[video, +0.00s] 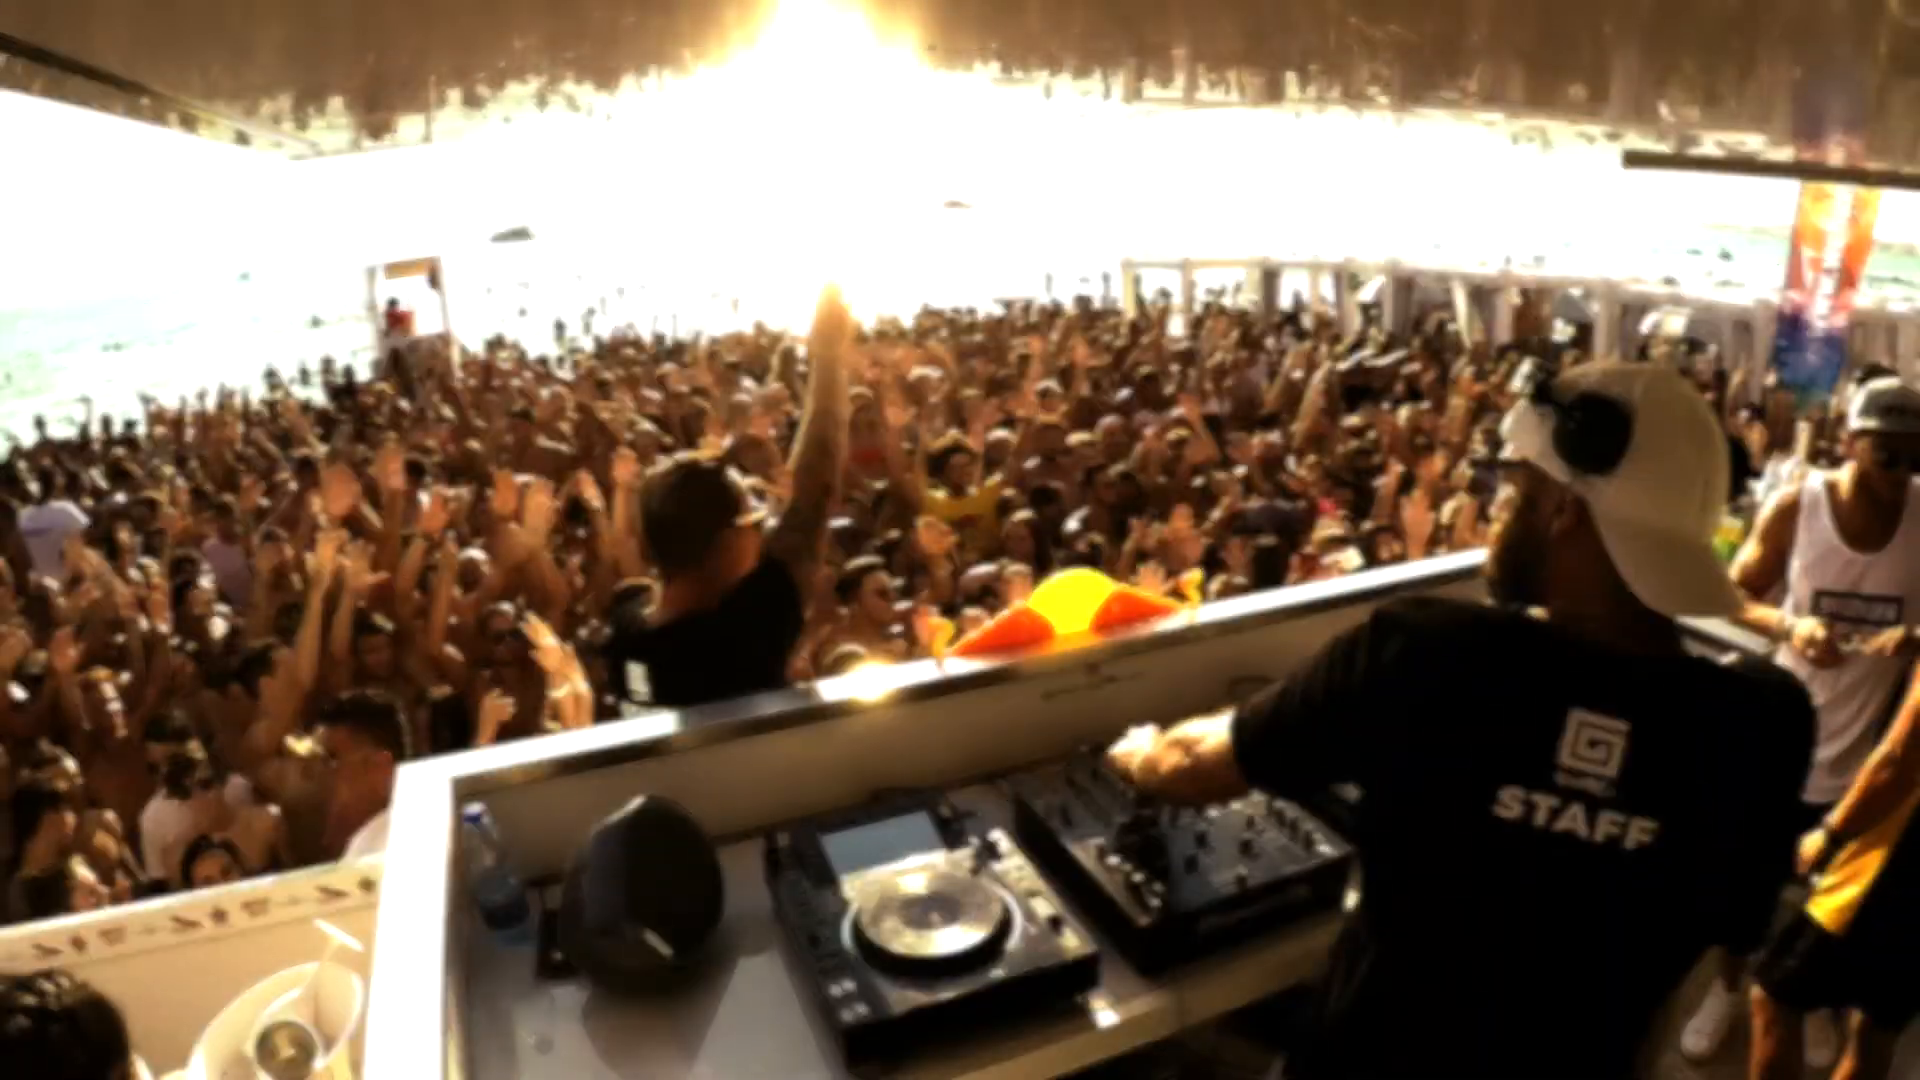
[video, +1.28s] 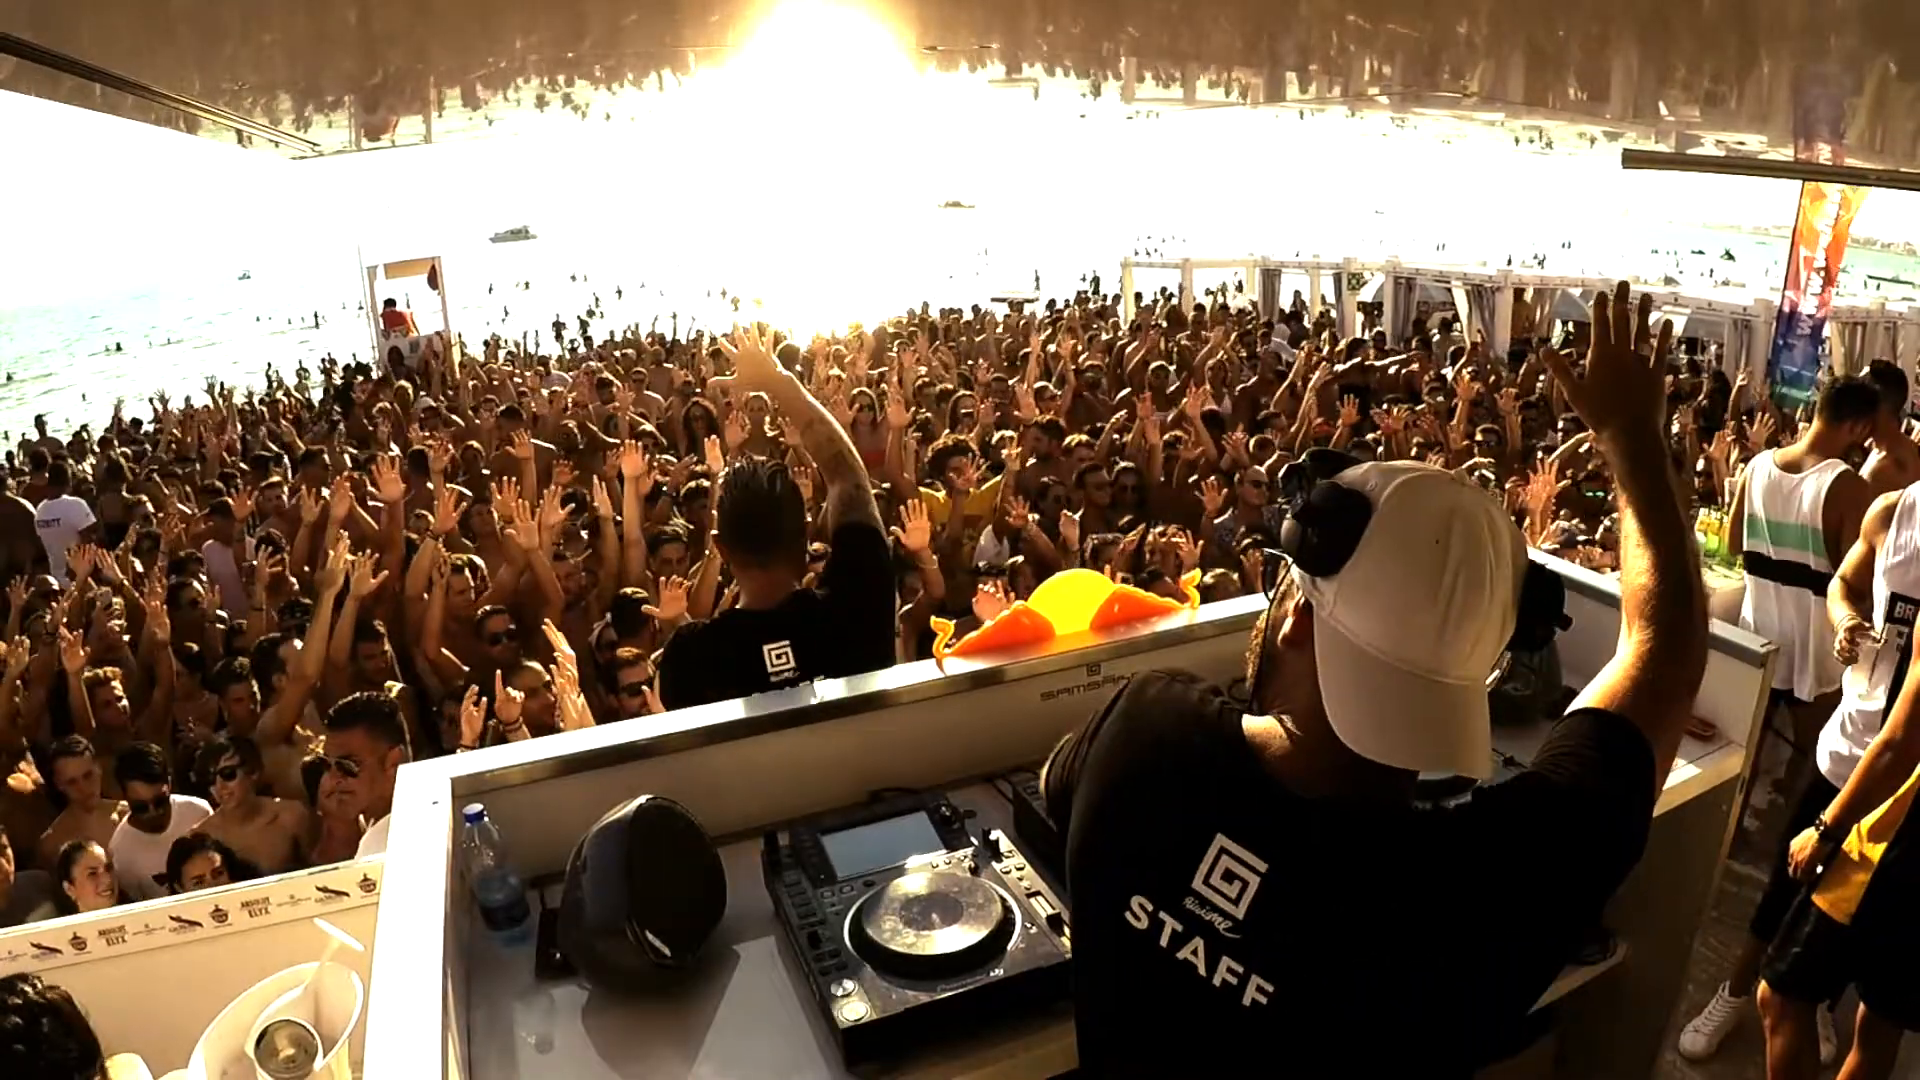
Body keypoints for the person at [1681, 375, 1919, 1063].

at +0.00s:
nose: (1893, 457)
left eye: (1905, 445)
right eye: (1881, 442)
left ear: (1917, 449)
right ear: (1850, 440)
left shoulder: (1912, 517)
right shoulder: (1798, 508)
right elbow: (1736, 596)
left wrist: (1908, 639)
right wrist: (1789, 627)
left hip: (1872, 764)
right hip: (1781, 753)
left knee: (1846, 896)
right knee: (1743, 882)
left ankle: (1838, 1004)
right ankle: (1727, 991)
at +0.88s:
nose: (1908, 452)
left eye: (1908, 442)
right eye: (1905, 440)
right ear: (1889, 435)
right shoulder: (1879, 510)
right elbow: (1807, 570)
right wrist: (1795, 592)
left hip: (1902, 779)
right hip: (1835, 749)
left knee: (1863, 914)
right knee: (1775, 885)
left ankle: (1836, 1015)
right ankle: (1727, 995)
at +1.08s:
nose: (1900, 439)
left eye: (1900, 428)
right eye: (1897, 425)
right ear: (1873, 422)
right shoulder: (1877, 504)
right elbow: (1831, 581)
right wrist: (1819, 606)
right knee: (1785, 870)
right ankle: (1731, 992)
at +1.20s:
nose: (1889, 440)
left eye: (1891, 427)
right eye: (1888, 427)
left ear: (1813, 408)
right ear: (1861, 424)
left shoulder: (1756, 469)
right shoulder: (1850, 488)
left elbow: (1739, 548)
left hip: (1748, 645)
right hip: (1814, 665)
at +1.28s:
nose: (1872, 444)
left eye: (1875, 433)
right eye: (1874, 433)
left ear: (1813, 409)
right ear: (1858, 425)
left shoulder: (1757, 469)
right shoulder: (1848, 490)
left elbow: (1738, 549)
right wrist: (1898, 447)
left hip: (1747, 647)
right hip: (1814, 668)